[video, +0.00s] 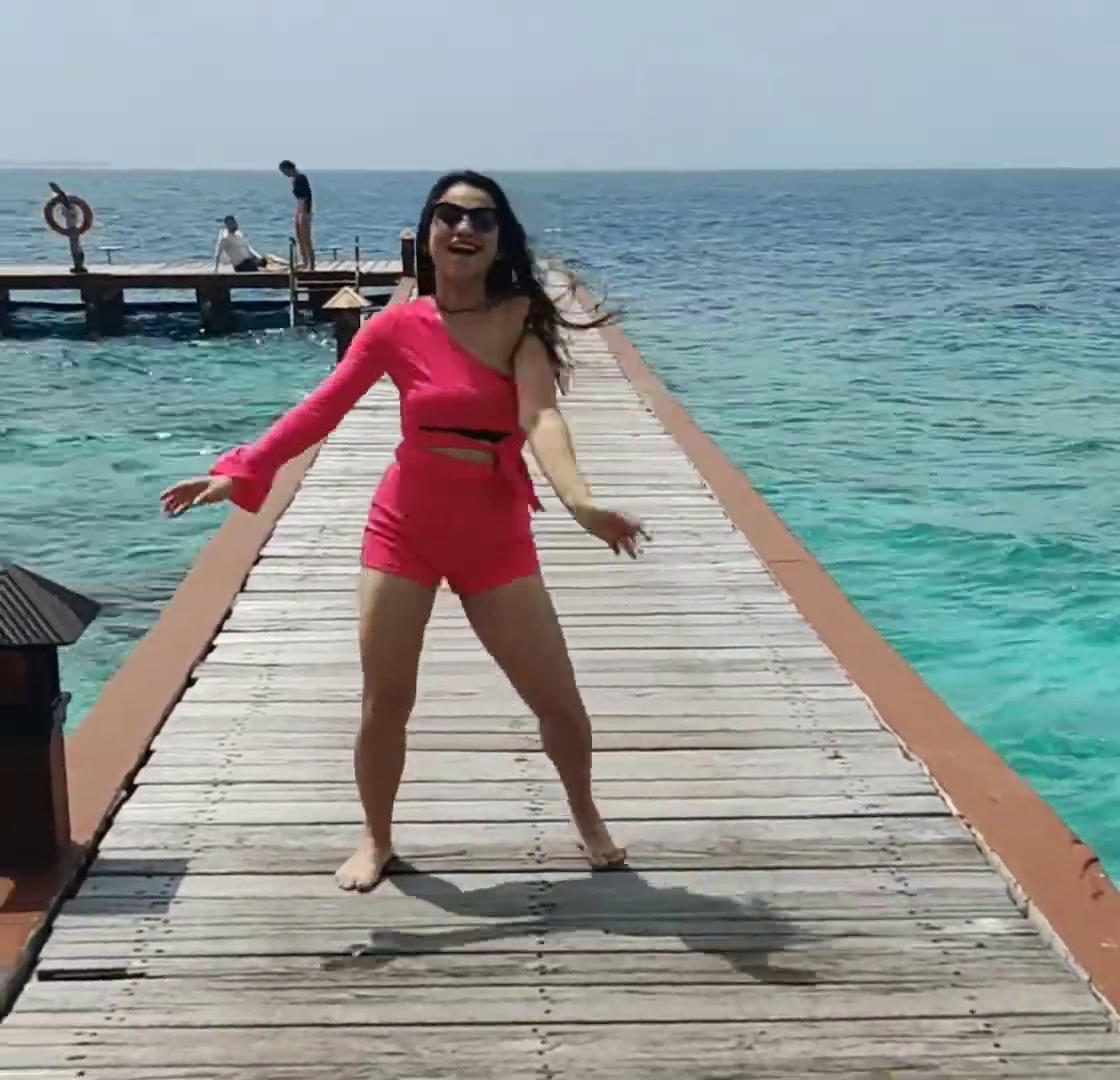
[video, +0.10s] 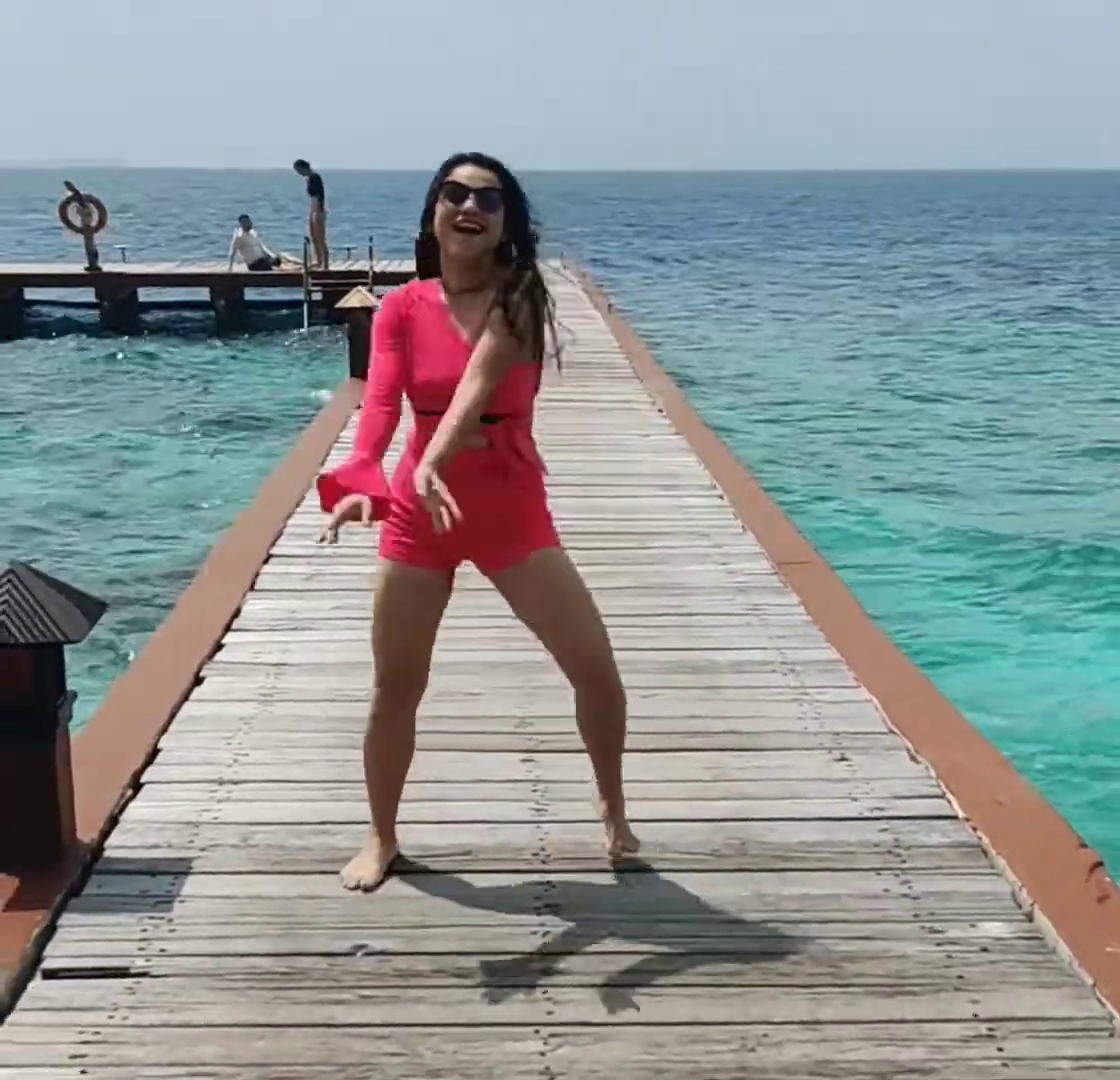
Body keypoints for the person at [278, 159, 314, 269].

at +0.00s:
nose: (285, 174)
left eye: (285, 172)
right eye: (283, 172)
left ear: (290, 169)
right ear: (287, 171)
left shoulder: (300, 179)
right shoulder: (295, 179)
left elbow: (305, 197)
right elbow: (299, 198)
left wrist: (305, 213)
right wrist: (297, 213)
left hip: (305, 210)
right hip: (299, 209)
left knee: (305, 237)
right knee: (300, 236)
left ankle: (311, 265)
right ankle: (304, 262)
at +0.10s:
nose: (300, 174)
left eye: (300, 171)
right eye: (298, 172)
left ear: (304, 168)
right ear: (301, 170)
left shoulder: (315, 178)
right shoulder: (309, 179)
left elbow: (319, 197)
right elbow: (312, 198)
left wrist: (320, 211)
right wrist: (311, 213)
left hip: (318, 210)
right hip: (313, 210)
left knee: (320, 237)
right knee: (314, 236)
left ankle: (324, 264)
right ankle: (318, 262)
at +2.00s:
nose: (307, 173)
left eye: (308, 170)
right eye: (307, 170)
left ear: (311, 170)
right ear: (314, 168)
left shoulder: (318, 181)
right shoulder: (316, 181)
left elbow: (319, 199)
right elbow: (316, 198)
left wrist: (316, 214)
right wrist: (313, 212)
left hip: (317, 214)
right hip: (312, 213)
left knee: (320, 243)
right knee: (316, 243)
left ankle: (327, 268)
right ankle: (322, 266)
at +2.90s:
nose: (306, 175)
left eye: (306, 172)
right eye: (305, 172)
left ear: (311, 170)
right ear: (313, 169)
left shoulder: (320, 181)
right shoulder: (317, 181)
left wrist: (318, 211)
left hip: (317, 212)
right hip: (313, 211)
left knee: (321, 241)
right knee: (316, 241)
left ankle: (329, 268)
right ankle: (323, 267)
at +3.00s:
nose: (306, 174)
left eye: (307, 171)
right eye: (305, 171)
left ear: (311, 170)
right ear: (312, 169)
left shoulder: (321, 181)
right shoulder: (316, 181)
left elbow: (330, 195)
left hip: (318, 211)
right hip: (312, 211)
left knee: (321, 241)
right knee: (316, 241)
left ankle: (329, 268)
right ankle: (324, 267)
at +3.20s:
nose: (308, 173)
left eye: (308, 171)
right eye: (307, 171)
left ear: (314, 169)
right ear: (313, 169)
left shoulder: (321, 182)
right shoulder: (317, 182)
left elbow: (315, 197)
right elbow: (314, 196)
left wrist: (306, 184)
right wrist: (306, 183)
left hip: (318, 211)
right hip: (312, 211)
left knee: (321, 241)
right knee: (316, 241)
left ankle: (329, 268)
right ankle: (323, 267)